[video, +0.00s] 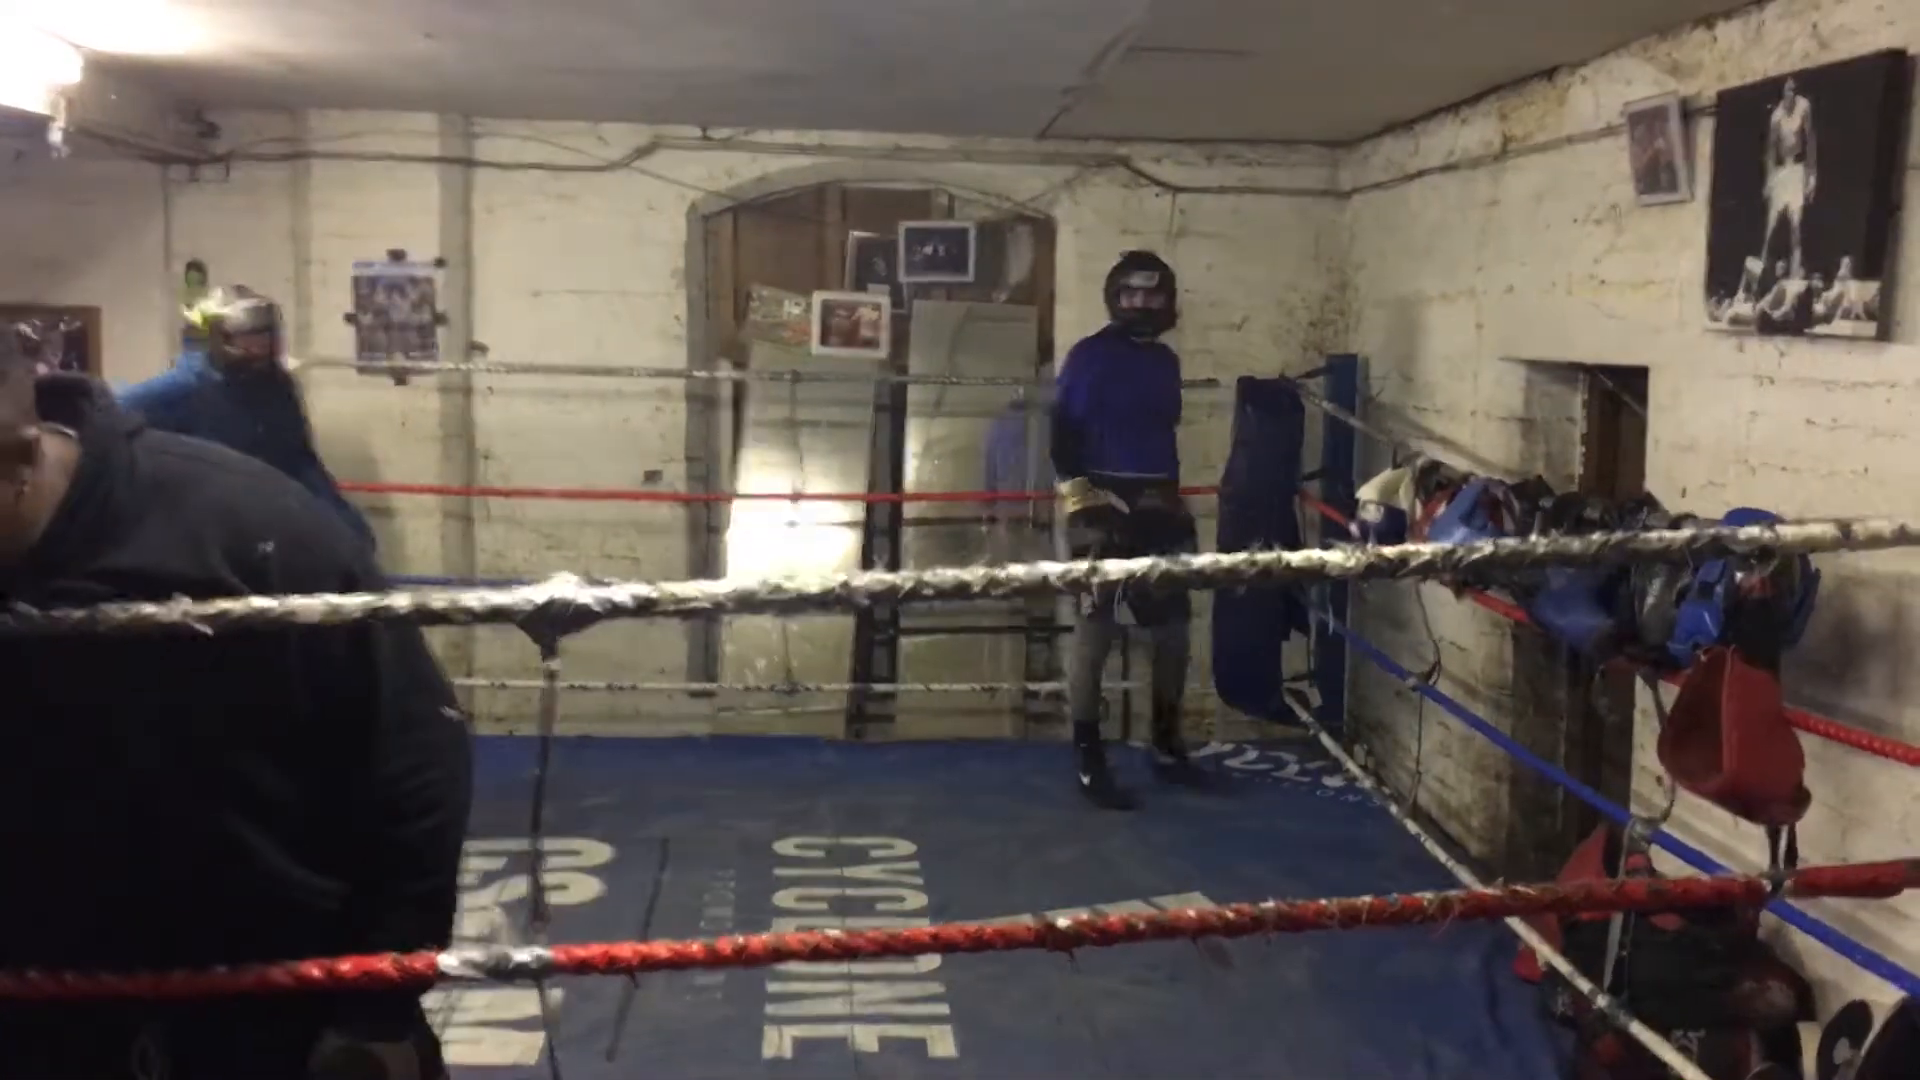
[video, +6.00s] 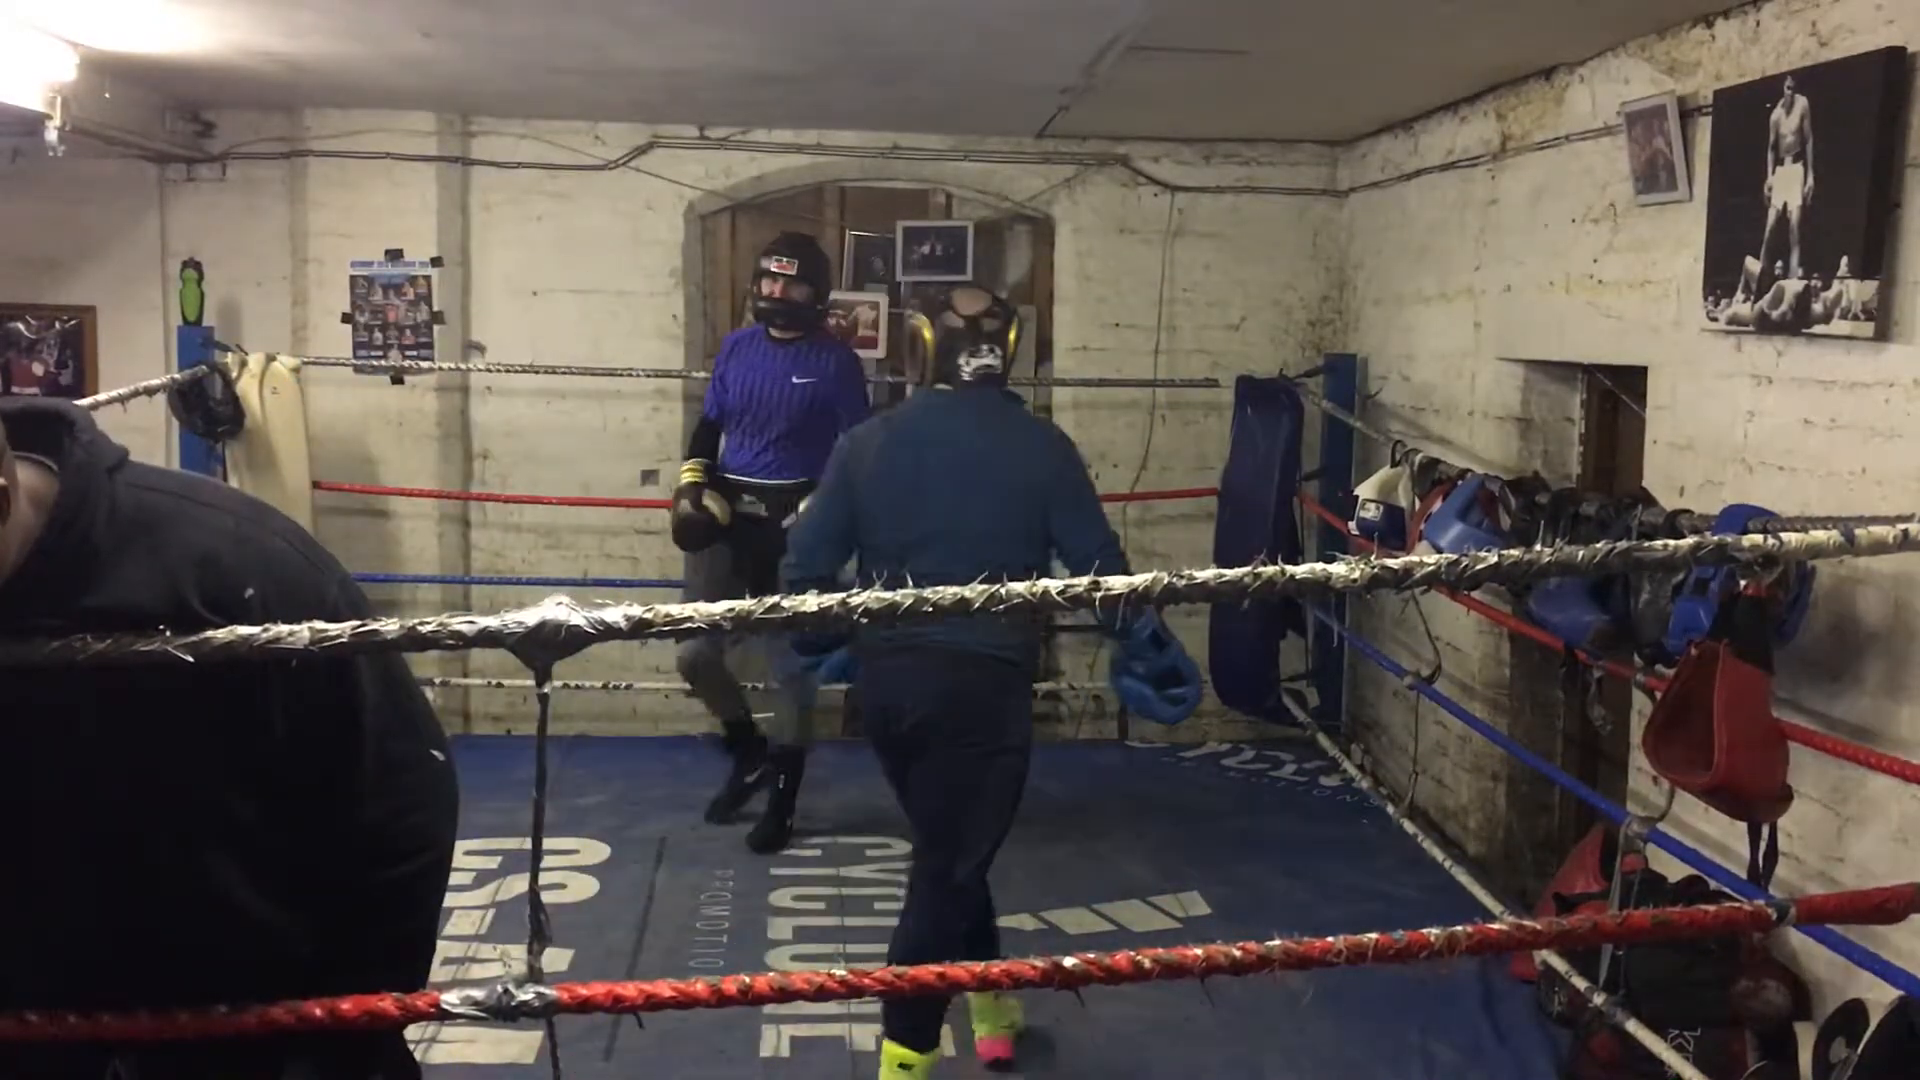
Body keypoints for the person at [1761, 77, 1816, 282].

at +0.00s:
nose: (1790, 95)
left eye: (1792, 91)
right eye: (1787, 91)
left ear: (1796, 92)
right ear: (1783, 92)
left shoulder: (1803, 108)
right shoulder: (1776, 114)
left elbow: (1810, 141)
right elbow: (1770, 146)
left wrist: (1812, 176)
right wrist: (1769, 178)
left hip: (1797, 168)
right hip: (1778, 169)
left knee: (1795, 222)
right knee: (1771, 222)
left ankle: (1795, 266)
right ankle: (1763, 264)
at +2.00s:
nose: (1789, 93)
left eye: (1792, 90)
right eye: (1787, 89)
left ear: (1796, 90)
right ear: (1782, 89)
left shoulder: (1802, 106)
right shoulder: (1775, 114)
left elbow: (1808, 139)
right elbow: (1771, 146)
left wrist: (1810, 175)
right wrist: (1769, 175)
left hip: (1797, 162)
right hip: (1779, 164)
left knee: (1794, 218)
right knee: (1772, 218)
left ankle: (1794, 267)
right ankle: (1762, 266)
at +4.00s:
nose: (1788, 92)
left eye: (1791, 89)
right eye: (1786, 88)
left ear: (1796, 90)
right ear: (1782, 89)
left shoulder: (1801, 104)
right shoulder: (1775, 115)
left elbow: (1808, 139)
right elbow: (1771, 146)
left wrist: (1810, 174)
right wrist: (1769, 176)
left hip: (1797, 163)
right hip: (1780, 164)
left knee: (1794, 221)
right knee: (1771, 222)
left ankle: (1794, 269)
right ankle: (1761, 268)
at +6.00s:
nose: (1788, 93)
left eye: (1792, 89)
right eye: (1787, 89)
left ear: (1796, 90)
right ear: (1783, 89)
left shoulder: (1802, 105)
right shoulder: (1775, 114)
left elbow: (1809, 139)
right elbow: (1771, 146)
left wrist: (1810, 175)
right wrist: (1769, 176)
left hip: (1797, 164)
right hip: (1780, 166)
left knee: (1795, 220)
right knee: (1771, 221)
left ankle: (1794, 268)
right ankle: (1762, 268)